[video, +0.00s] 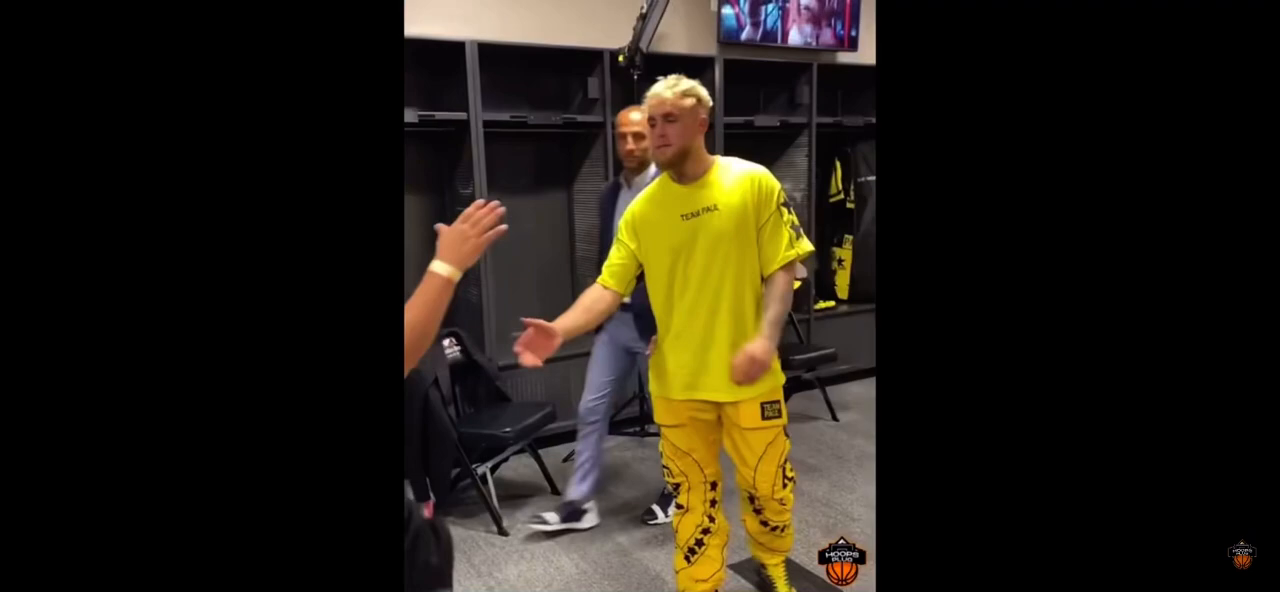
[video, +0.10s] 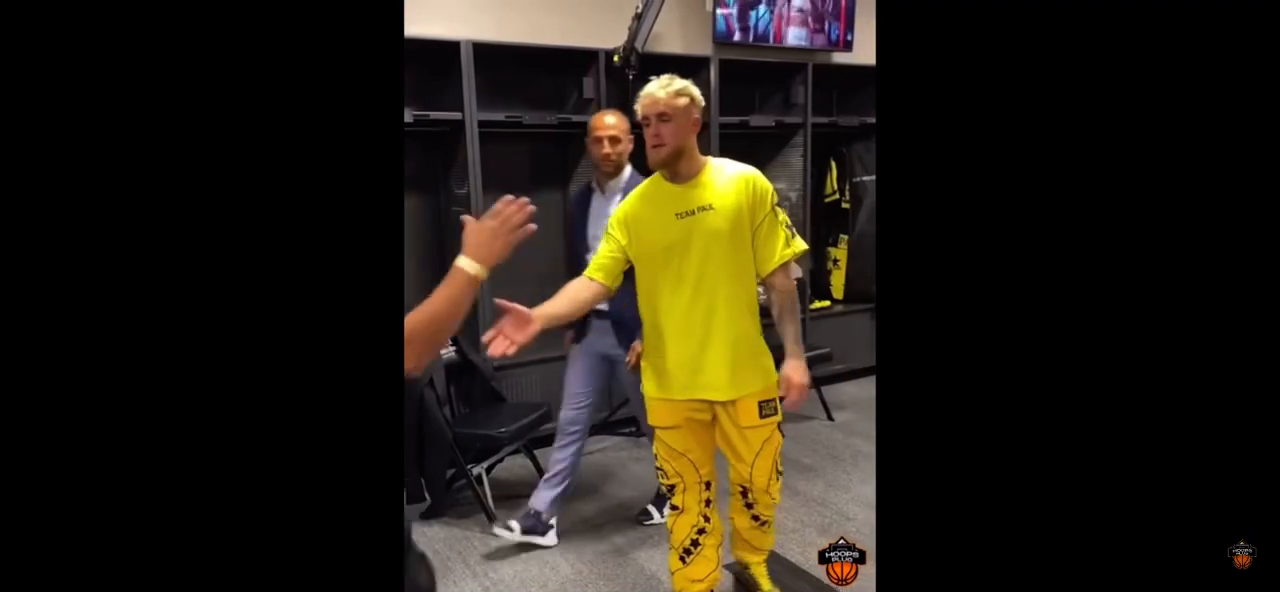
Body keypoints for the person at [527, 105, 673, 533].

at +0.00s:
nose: (629, 145)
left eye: (637, 137)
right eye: (622, 138)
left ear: (654, 139)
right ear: (614, 143)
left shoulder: (671, 189)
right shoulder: (612, 194)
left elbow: (684, 261)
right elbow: (609, 258)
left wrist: (666, 328)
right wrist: (601, 310)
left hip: (663, 322)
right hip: (617, 319)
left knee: (672, 416)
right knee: (592, 408)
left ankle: (678, 491)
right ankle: (579, 501)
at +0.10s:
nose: (606, 148)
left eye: (615, 140)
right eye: (598, 141)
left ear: (631, 144)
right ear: (587, 147)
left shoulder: (650, 194)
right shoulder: (579, 196)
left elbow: (664, 271)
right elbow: (577, 264)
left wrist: (649, 334)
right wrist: (573, 319)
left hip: (641, 329)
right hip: (594, 326)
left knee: (657, 424)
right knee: (571, 421)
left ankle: (670, 495)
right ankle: (540, 516)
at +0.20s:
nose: (580, 149)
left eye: (588, 141)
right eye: (571, 141)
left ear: (603, 145)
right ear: (559, 146)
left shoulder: (625, 199)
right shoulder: (550, 202)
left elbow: (642, 276)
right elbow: (543, 269)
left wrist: (635, 340)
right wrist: (540, 326)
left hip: (611, 334)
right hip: (561, 332)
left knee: (633, 424)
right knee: (549, 430)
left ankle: (664, 485)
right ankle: (531, 525)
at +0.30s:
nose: (549, 143)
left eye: (557, 135)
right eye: (540, 136)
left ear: (573, 139)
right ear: (529, 141)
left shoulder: (601, 196)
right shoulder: (518, 200)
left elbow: (619, 273)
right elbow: (512, 268)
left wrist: (621, 339)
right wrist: (506, 326)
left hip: (583, 335)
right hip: (531, 334)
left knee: (597, 433)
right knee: (534, 437)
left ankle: (644, 480)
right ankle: (527, 526)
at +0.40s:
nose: (520, 138)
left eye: (530, 130)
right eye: (513, 130)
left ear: (548, 137)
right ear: (502, 137)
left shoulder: (578, 194)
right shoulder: (493, 200)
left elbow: (602, 268)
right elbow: (485, 269)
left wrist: (607, 334)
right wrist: (479, 330)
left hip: (558, 333)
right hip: (510, 333)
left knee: (559, 440)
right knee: (524, 438)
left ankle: (613, 473)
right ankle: (524, 526)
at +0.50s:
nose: (499, 135)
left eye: (509, 128)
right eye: (492, 128)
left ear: (527, 135)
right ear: (481, 135)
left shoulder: (557, 191)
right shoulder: (470, 197)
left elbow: (582, 266)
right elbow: (462, 269)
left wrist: (590, 333)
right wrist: (444, 334)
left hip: (540, 327)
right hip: (491, 328)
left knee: (529, 440)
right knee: (509, 439)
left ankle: (568, 500)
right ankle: (520, 527)